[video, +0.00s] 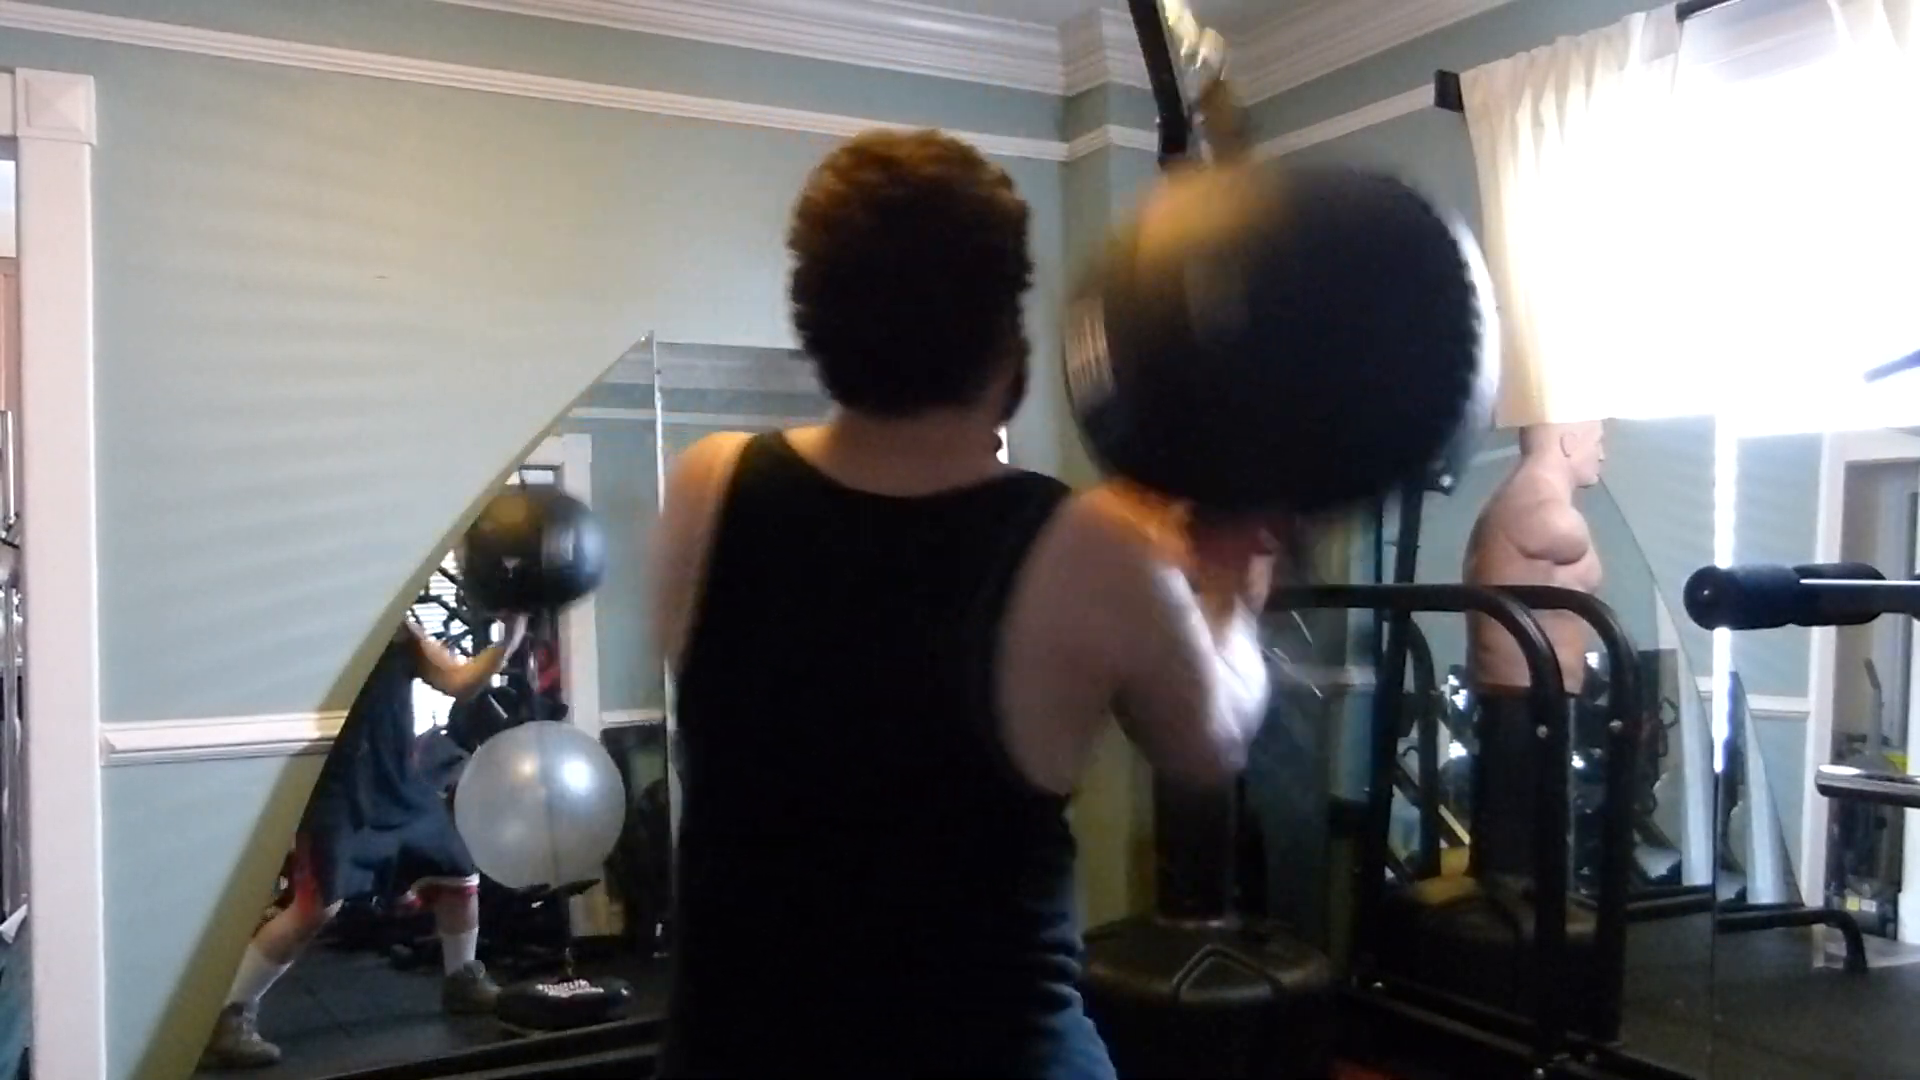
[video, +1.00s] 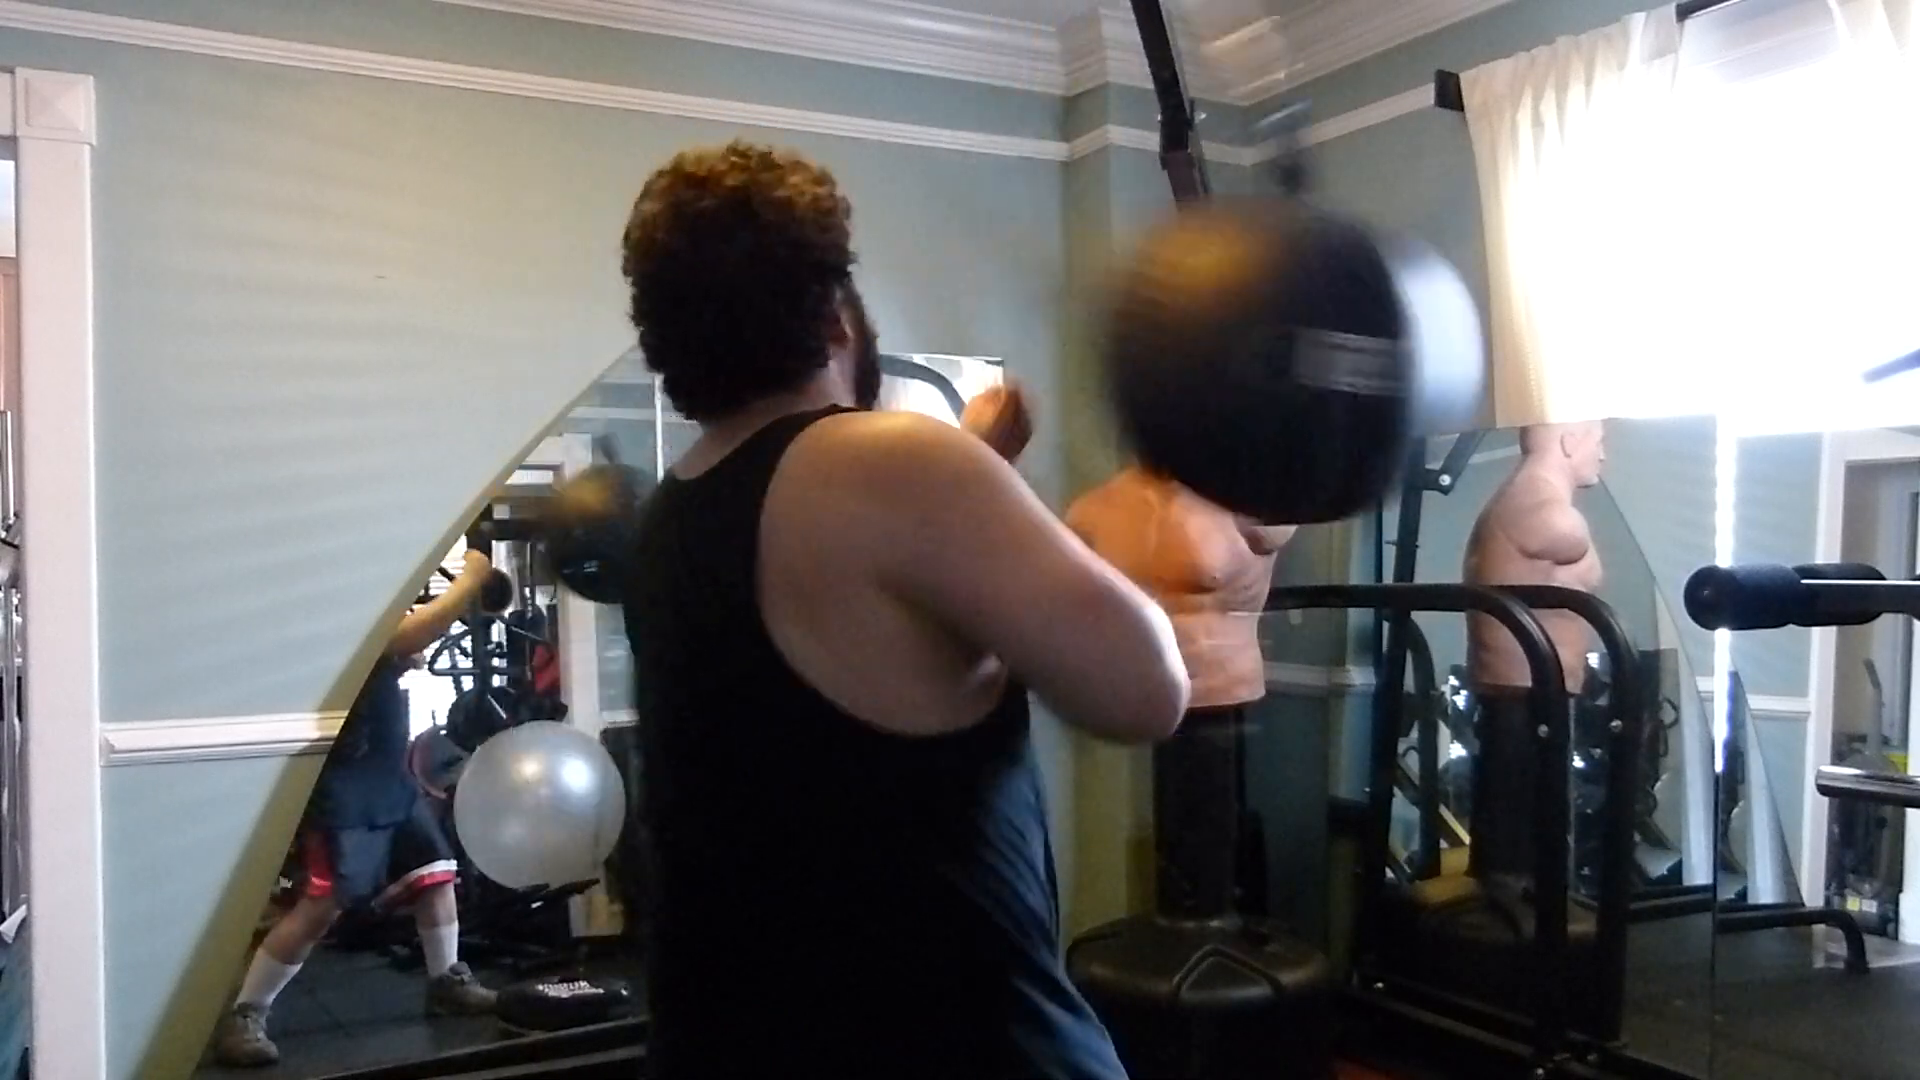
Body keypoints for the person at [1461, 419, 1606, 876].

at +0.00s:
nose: (1603, 453)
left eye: (1603, 438)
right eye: (1598, 436)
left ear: (1556, 439)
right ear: (1566, 439)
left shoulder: (1514, 496)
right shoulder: (1539, 495)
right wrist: (1586, 544)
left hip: (1509, 691)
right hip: (1529, 695)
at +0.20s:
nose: (1603, 454)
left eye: (1602, 440)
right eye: (1597, 438)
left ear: (1557, 441)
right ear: (1567, 441)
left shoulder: (1513, 498)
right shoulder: (1539, 494)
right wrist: (1588, 549)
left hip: (1511, 693)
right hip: (1529, 696)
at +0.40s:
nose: (1603, 455)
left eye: (1602, 441)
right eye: (1597, 439)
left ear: (1557, 441)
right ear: (1566, 441)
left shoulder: (1514, 497)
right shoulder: (1539, 495)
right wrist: (1588, 550)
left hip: (1510, 693)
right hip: (1528, 697)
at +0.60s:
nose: (1603, 455)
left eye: (1602, 441)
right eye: (1597, 439)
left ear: (1556, 441)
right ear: (1566, 441)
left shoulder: (1510, 500)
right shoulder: (1540, 502)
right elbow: (1591, 575)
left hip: (1508, 694)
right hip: (1530, 698)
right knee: (1530, 813)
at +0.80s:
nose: (1603, 454)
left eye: (1602, 440)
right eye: (1597, 438)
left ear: (1557, 441)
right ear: (1566, 441)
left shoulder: (1514, 497)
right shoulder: (1538, 497)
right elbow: (1592, 574)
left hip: (1510, 689)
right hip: (1528, 693)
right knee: (1527, 799)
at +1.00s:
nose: (1603, 454)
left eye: (1603, 440)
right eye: (1598, 438)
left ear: (1557, 441)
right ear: (1567, 441)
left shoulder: (1512, 499)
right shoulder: (1540, 498)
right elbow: (1592, 574)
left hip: (1510, 696)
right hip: (1529, 700)